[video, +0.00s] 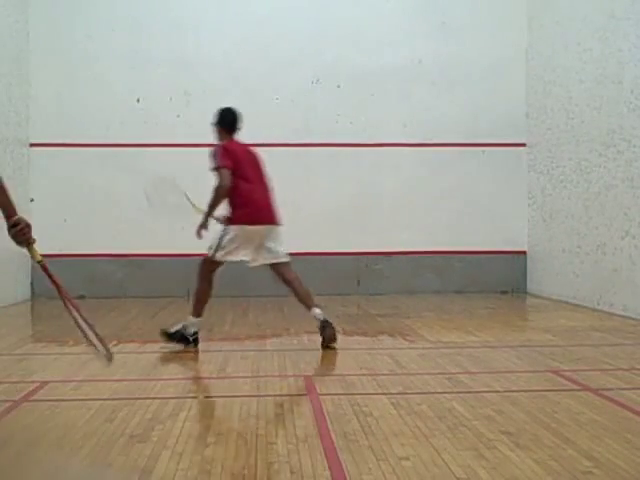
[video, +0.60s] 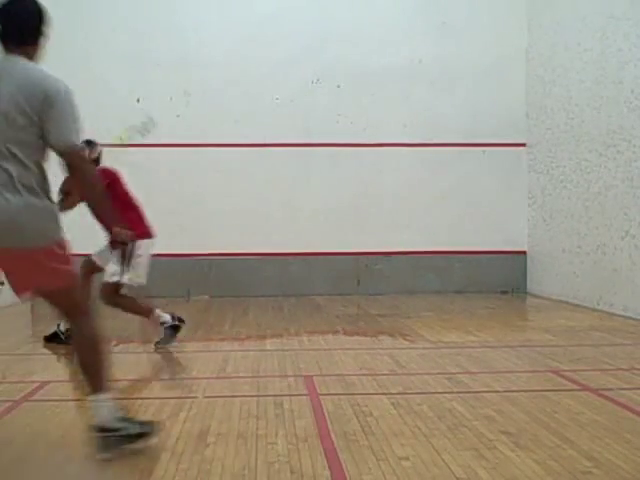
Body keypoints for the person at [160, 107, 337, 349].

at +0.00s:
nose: (216, 129)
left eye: (216, 126)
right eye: (218, 125)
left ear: (218, 127)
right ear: (237, 128)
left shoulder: (222, 150)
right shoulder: (248, 151)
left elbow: (225, 184)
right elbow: (255, 191)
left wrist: (205, 217)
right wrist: (232, 214)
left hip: (243, 221)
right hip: (267, 221)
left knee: (208, 267)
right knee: (287, 273)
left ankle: (191, 327)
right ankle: (320, 318)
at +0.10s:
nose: (186, 133)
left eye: (186, 129)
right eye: (188, 129)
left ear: (189, 130)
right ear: (207, 130)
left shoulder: (197, 152)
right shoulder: (219, 154)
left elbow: (201, 189)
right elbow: (224, 203)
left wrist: (187, 221)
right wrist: (196, 218)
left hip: (220, 224)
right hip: (241, 223)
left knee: (187, 267)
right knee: (241, 276)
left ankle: (185, 329)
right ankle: (286, 308)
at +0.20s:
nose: (160, 138)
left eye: (161, 133)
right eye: (161, 133)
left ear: (165, 134)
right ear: (182, 133)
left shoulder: (179, 154)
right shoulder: (189, 153)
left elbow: (178, 198)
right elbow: (187, 204)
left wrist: (163, 223)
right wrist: (164, 222)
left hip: (205, 221)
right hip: (218, 221)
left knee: (175, 270)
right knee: (193, 276)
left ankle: (185, 329)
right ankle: (236, 308)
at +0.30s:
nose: (140, 143)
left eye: (141, 138)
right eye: (140, 138)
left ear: (144, 137)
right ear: (160, 135)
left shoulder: (163, 155)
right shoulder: (161, 157)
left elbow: (151, 200)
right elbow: (151, 205)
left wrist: (125, 210)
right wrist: (128, 212)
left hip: (193, 223)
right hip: (185, 222)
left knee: (161, 271)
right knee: (154, 267)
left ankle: (183, 328)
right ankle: (181, 324)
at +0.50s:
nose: (98, 156)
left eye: (98, 151)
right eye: (98, 152)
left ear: (102, 150)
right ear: (117, 147)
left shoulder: (123, 163)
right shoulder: (113, 170)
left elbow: (93, 185)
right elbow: (81, 183)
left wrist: (63, 197)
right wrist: (83, 151)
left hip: (158, 231)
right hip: (145, 233)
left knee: (131, 283)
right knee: (112, 272)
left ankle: (177, 325)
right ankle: (78, 324)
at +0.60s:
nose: (75, 164)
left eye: (80, 160)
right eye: (75, 160)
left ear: (91, 157)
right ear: (83, 159)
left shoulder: (104, 175)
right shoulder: (84, 179)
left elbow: (68, 202)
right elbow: (63, 205)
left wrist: (74, 173)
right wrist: (73, 177)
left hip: (136, 239)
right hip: (119, 239)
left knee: (109, 294)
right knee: (87, 268)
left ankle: (167, 321)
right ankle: (73, 328)